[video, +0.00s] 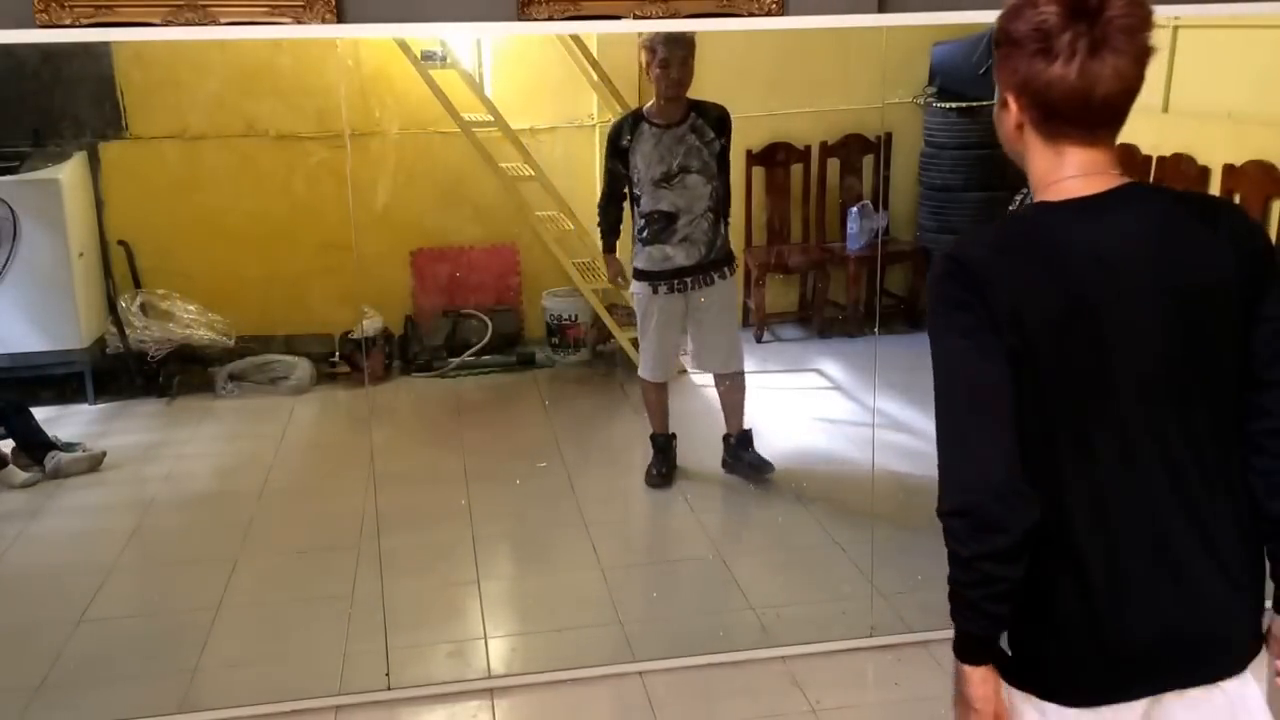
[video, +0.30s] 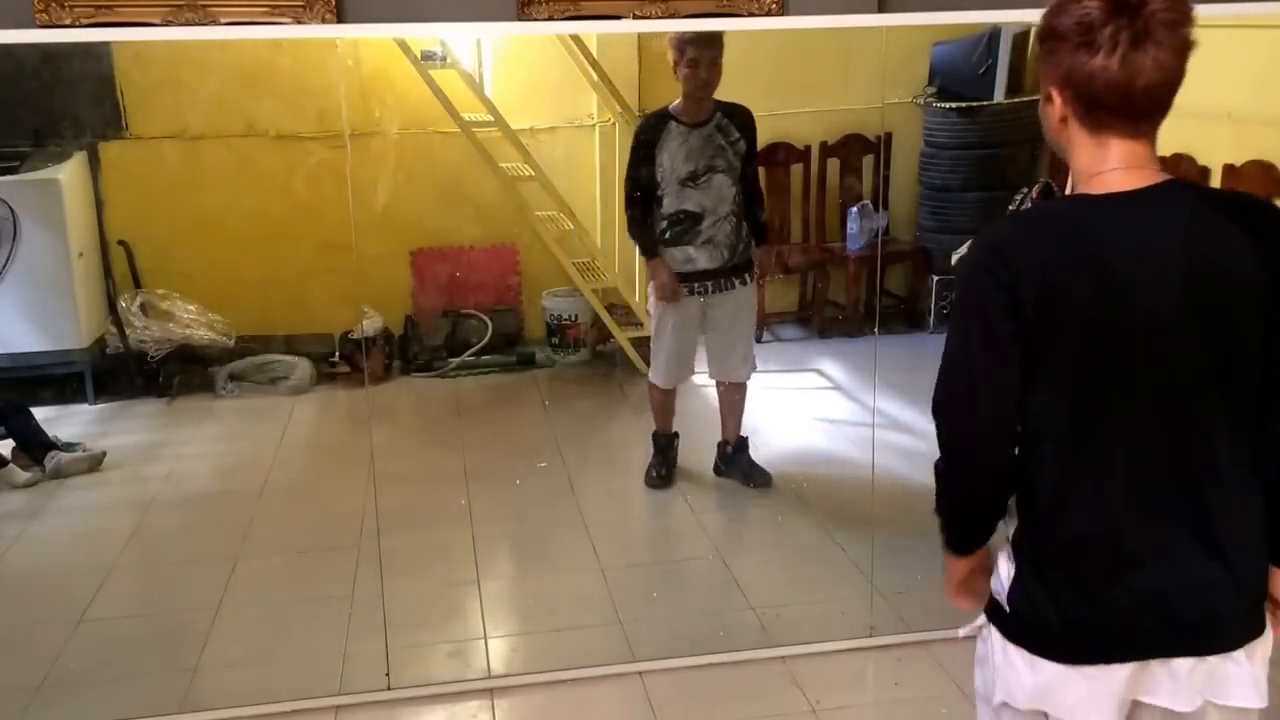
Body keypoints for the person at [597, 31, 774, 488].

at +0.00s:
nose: (673, 73)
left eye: (681, 63)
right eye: (663, 65)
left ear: (693, 66)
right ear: (646, 68)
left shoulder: (716, 119)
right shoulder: (625, 132)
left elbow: (723, 186)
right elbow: (611, 196)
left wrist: (722, 241)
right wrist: (610, 251)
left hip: (713, 267)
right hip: (655, 273)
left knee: (728, 362)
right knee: (654, 368)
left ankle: (736, 446)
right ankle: (662, 449)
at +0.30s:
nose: (698, 72)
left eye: (708, 64)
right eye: (689, 64)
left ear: (720, 68)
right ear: (675, 67)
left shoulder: (739, 121)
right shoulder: (653, 128)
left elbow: (750, 187)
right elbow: (637, 200)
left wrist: (761, 245)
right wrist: (654, 263)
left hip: (733, 271)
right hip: (675, 275)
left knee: (735, 366)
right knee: (665, 369)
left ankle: (732, 451)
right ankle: (663, 447)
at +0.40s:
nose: (715, 73)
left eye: (723, 64)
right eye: (705, 65)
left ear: (733, 67)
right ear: (688, 68)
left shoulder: (743, 121)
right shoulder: (666, 129)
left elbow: (752, 188)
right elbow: (656, 208)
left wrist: (765, 241)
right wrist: (695, 259)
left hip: (742, 269)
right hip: (687, 272)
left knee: (737, 364)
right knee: (676, 366)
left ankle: (731, 451)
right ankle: (660, 446)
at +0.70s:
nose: (756, 75)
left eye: (759, 65)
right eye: (745, 66)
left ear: (762, 67)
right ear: (715, 67)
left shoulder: (722, 125)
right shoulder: (712, 130)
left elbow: (735, 201)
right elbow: (726, 208)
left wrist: (762, 233)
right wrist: (765, 248)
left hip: (732, 267)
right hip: (727, 270)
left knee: (735, 363)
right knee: (740, 366)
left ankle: (732, 453)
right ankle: (664, 435)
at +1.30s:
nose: (768, 79)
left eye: (775, 70)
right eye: (759, 68)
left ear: (781, 73)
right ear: (735, 66)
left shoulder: (763, 129)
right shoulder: (709, 123)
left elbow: (761, 203)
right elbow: (699, 204)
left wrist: (764, 256)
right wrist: (727, 268)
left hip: (743, 270)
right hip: (704, 270)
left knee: (735, 363)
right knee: (686, 364)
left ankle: (731, 456)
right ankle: (635, 446)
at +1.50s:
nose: (755, 83)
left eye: (763, 75)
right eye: (746, 74)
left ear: (773, 76)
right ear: (726, 70)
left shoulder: (771, 131)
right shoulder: (692, 123)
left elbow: (777, 197)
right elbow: (667, 196)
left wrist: (775, 251)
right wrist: (670, 272)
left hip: (740, 280)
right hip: (683, 277)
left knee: (736, 369)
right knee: (650, 372)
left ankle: (732, 457)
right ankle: (638, 462)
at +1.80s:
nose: (701, 99)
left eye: (710, 89)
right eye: (692, 89)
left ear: (724, 81)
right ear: (677, 79)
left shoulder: (739, 130)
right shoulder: (649, 132)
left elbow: (755, 205)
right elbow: (626, 204)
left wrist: (758, 273)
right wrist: (617, 273)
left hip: (723, 280)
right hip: (658, 282)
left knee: (733, 371)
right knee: (638, 378)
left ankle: (732, 458)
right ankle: (628, 465)